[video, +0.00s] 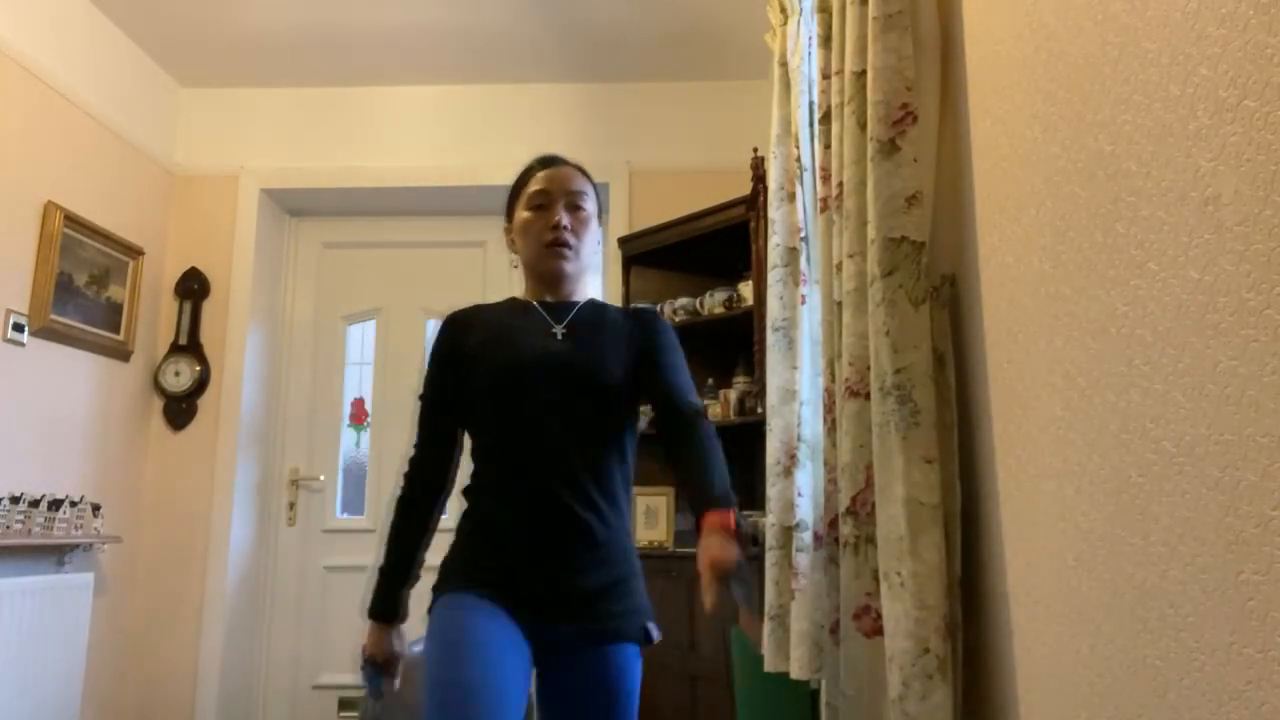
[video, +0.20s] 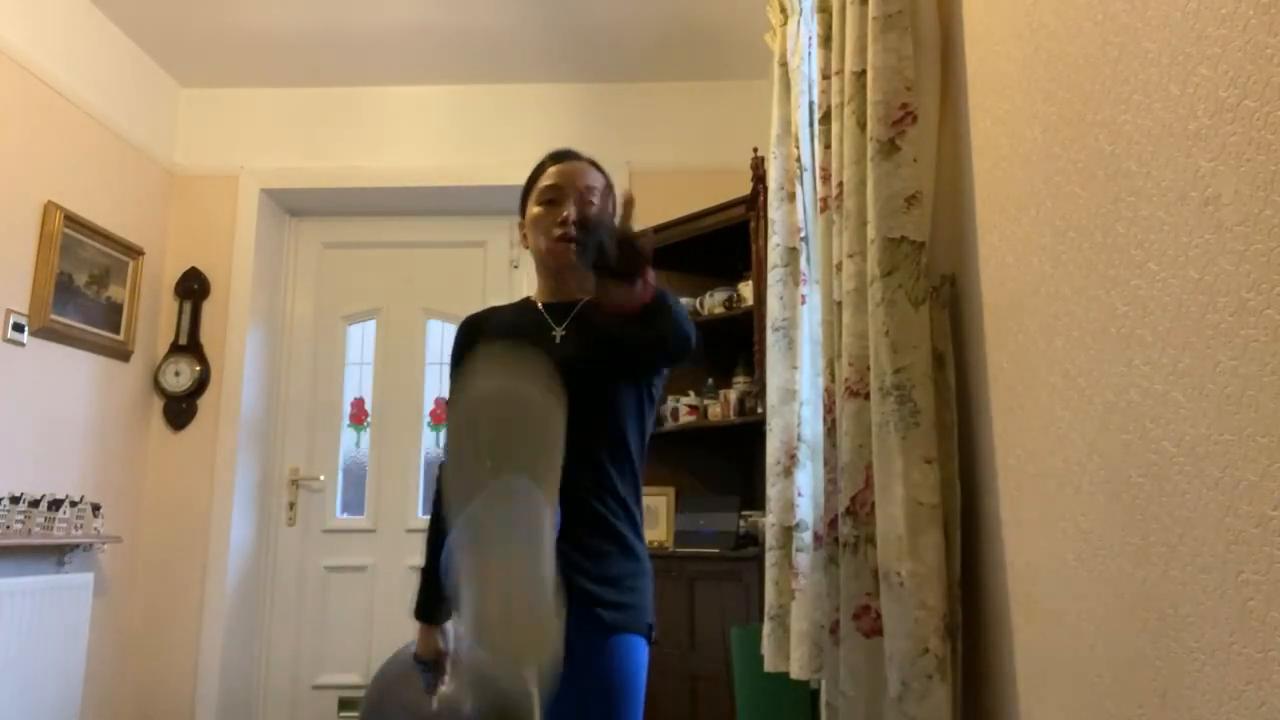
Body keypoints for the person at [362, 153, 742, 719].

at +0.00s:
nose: (559, 217)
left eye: (577, 205)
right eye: (539, 204)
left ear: (599, 234)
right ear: (512, 235)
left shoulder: (641, 331)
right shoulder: (468, 332)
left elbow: (687, 423)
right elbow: (429, 477)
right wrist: (385, 612)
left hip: (600, 591)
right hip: (485, 588)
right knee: (468, 707)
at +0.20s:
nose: (570, 211)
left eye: (589, 200)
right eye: (551, 198)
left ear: (613, 226)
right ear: (524, 228)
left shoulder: (637, 321)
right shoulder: (483, 331)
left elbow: (676, 343)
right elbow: (458, 472)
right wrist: (431, 610)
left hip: (603, 595)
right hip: (498, 593)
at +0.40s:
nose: (558, 221)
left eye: (576, 209)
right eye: (545, 210)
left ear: (604, 230)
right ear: (524, 228)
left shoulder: (636, 331)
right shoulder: (480, 343)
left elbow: (654, 316)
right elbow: (455, 485)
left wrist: (604, 235)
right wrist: (434, 627)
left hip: (606, 599)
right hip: (497, 599)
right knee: (503, 500)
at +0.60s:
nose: (565, 213)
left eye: (582, 202)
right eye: (546, 198)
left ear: (604, 230)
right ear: (516, 224)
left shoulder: (639, 319)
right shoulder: (471, 327)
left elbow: (678, 360)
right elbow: (442, 467)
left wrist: (686, 395)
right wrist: (404, 605)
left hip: (602, 568)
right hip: (492, 555)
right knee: (491, 703)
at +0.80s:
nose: (545, 225)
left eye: (563, 214)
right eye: (527, 208)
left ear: (579, 240)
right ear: (493, 231)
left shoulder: (611, 350)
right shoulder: (438, 331)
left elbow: (650, 478)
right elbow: (394, 469)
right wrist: (340, 608)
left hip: (571, 627)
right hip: (450, 621)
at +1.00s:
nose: (523, 217)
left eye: (540, 208)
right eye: (504, 201)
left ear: (555, 236)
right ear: (470, 225)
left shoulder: (585, 349)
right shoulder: (415, 316)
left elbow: (584, 479)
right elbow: (364, 399)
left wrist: (579, 580)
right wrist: (308, 491)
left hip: (538, 570)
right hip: (426, 574)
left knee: (519, 702)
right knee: (413, 709)